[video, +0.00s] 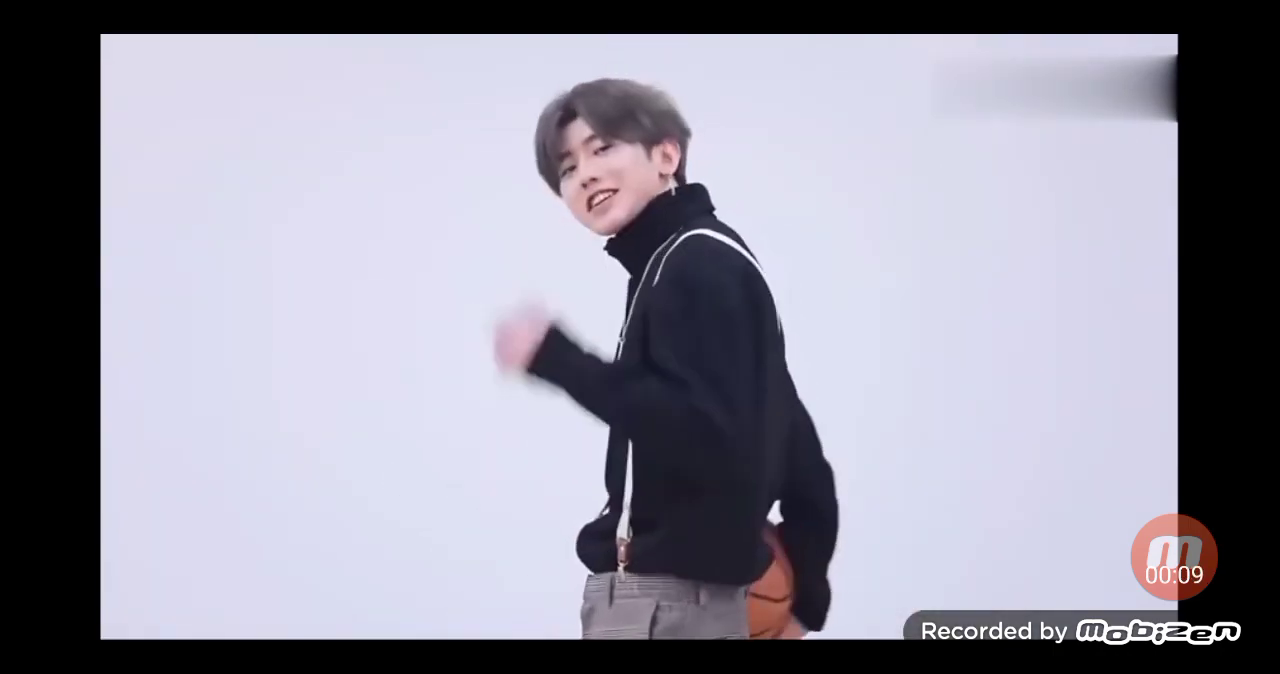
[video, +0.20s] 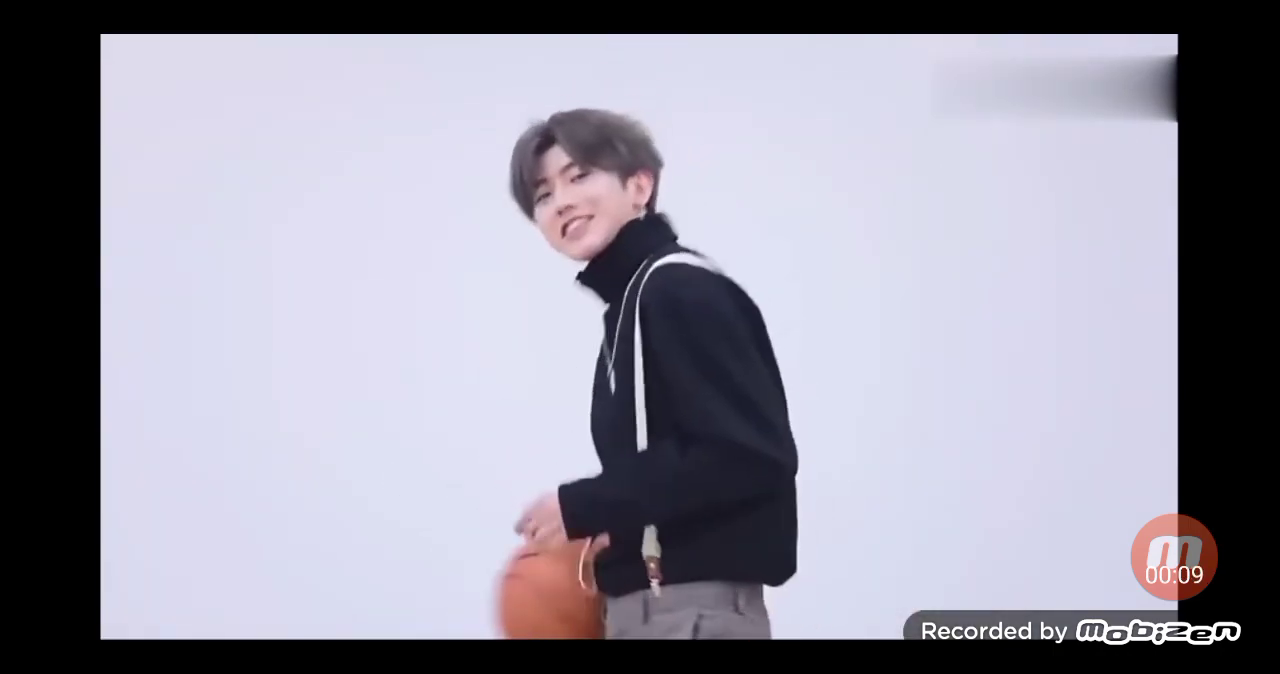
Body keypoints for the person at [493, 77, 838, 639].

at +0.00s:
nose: (585, 176)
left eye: (603, 148)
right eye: (567, 170)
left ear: (665, 155)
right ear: (564, 200)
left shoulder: (694, 262)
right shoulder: (713, 259)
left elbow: (712, 432)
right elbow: (804, 462)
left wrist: (559, 359)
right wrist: (801, 593)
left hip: (659, 600)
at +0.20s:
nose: (561, 202)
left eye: (580, 175)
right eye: (543, 196)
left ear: (639, 185)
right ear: (539, 225)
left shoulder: (679, 288)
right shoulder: (626, 307)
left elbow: (753, 457)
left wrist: (580, 505)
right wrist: (594, 536)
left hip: (697, 608)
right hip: (646, 608)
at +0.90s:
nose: (590, 252)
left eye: (603, 237)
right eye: (579, 240)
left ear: (638, 241)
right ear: (570, 249)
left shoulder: (696, 309)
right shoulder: (572, 333)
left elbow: (727, 408)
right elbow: (540, 446)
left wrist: (692, 403)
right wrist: (494, 544)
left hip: (689, 490)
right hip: (609, 492)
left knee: (685, 628)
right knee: (608, 606)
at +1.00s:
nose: (599, 227)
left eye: (611, 213)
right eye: (589, 216)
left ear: (642, 218)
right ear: (581, 223)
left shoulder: (693, 285)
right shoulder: (578, 303)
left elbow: (715, 368)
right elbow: (547, 404)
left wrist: (697, 372)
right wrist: (502, 485)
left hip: (683, 455)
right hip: (608, 455)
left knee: (690, 608)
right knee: (588, 562)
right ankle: (611, 638)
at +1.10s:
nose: (602, 186)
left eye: (614, 174)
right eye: (591, 176)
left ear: (637, 181)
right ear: (580, 186)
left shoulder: (680, 247)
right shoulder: (570, 262)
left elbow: (713, 318)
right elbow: (553, 351)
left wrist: (692, 330)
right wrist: (511, 409)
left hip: (672, 414)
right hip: (603, 411)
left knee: (676, 552)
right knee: (579, 520)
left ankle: (648, 636)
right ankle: (606, 635)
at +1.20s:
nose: (603, 150)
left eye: (615, 140)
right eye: (593, 141)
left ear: (635, 149)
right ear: (580, 151)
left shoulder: (667, 211)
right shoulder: (571, 218)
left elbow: (712, 289)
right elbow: (572, 288)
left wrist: (680, 274)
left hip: (653, 372)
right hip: (590, 365)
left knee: (664, 498)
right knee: (564, 480)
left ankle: (642, 595)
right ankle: (600, 598)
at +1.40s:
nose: (587, 160)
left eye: (599, 154)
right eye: (579, 155)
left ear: (620, 170)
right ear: (570, 171)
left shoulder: (640, 218)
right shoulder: (561, 222)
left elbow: (709, 255)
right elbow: (515, 238)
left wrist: (702, 255)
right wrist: (469, 232)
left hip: (642, 366)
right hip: (587, 361)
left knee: (647, 486)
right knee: (541, 471)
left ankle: (670, 543)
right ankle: (586, 578)